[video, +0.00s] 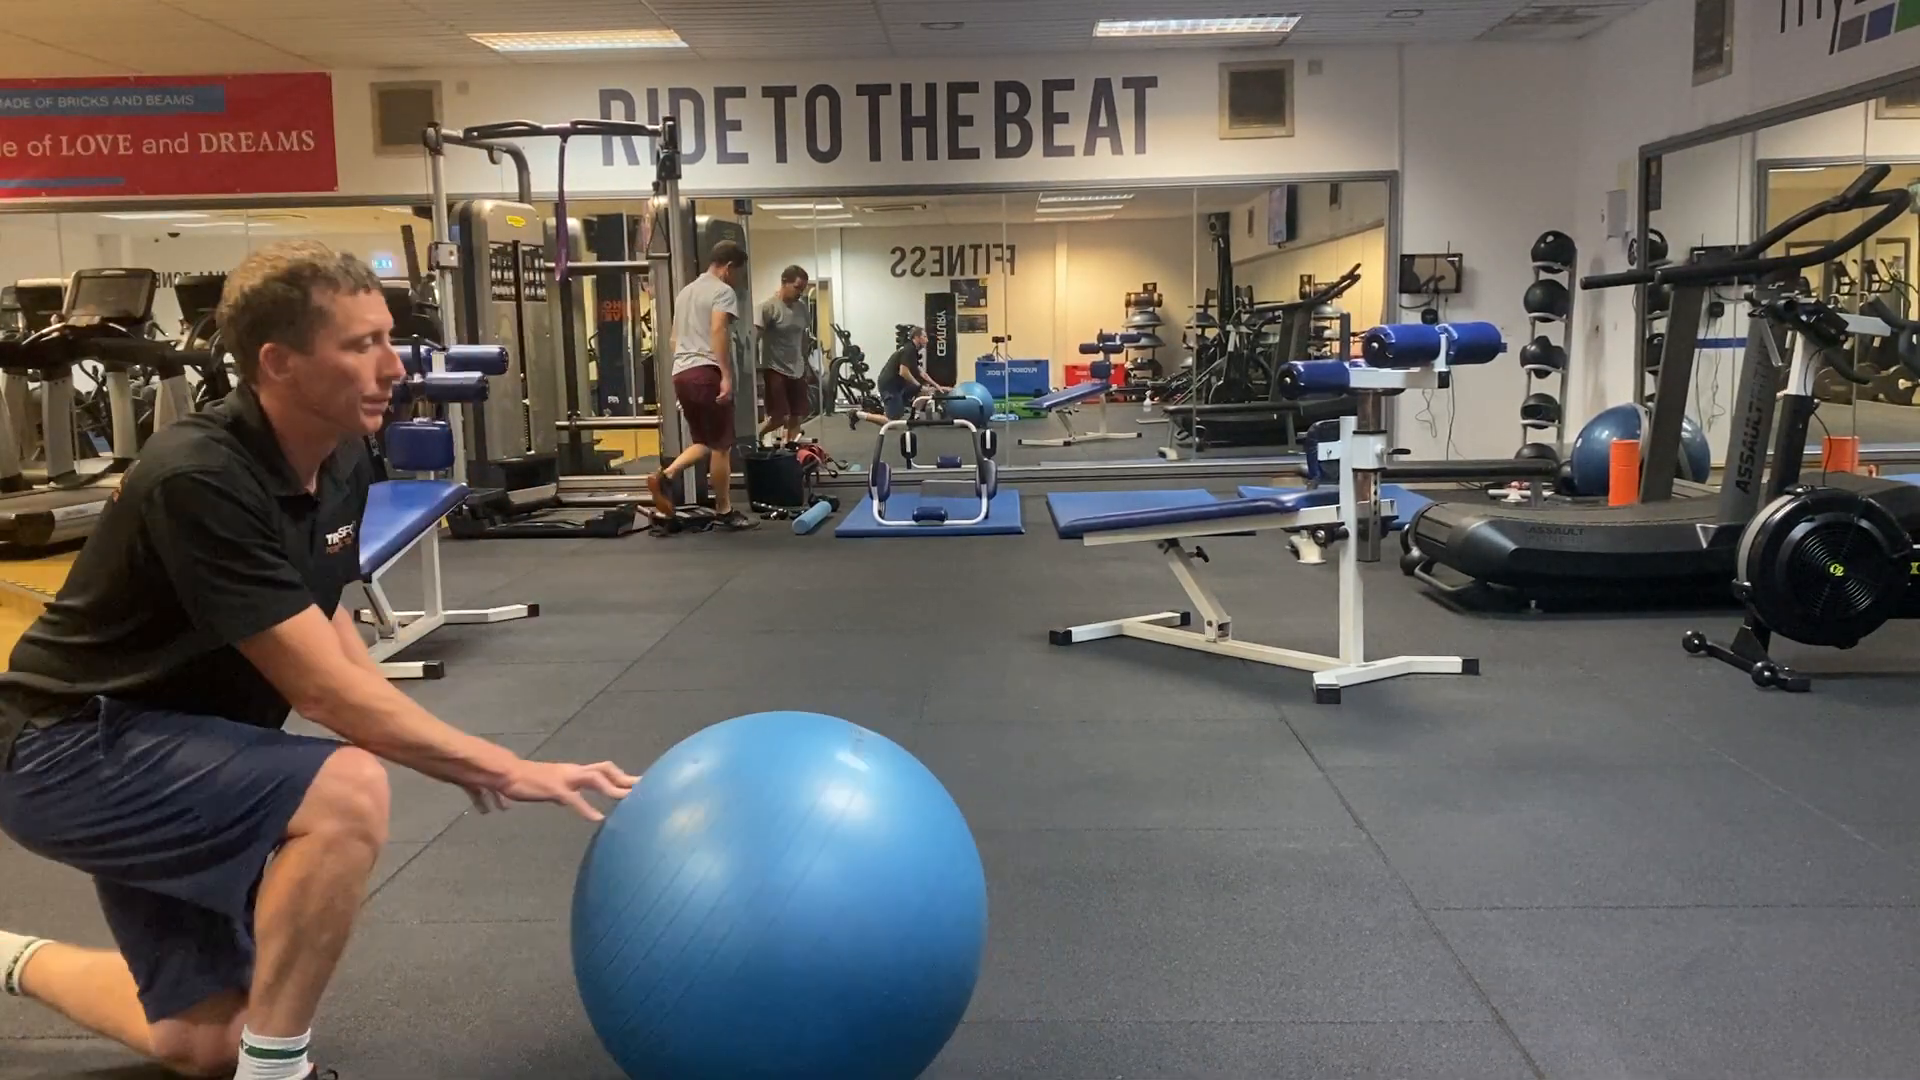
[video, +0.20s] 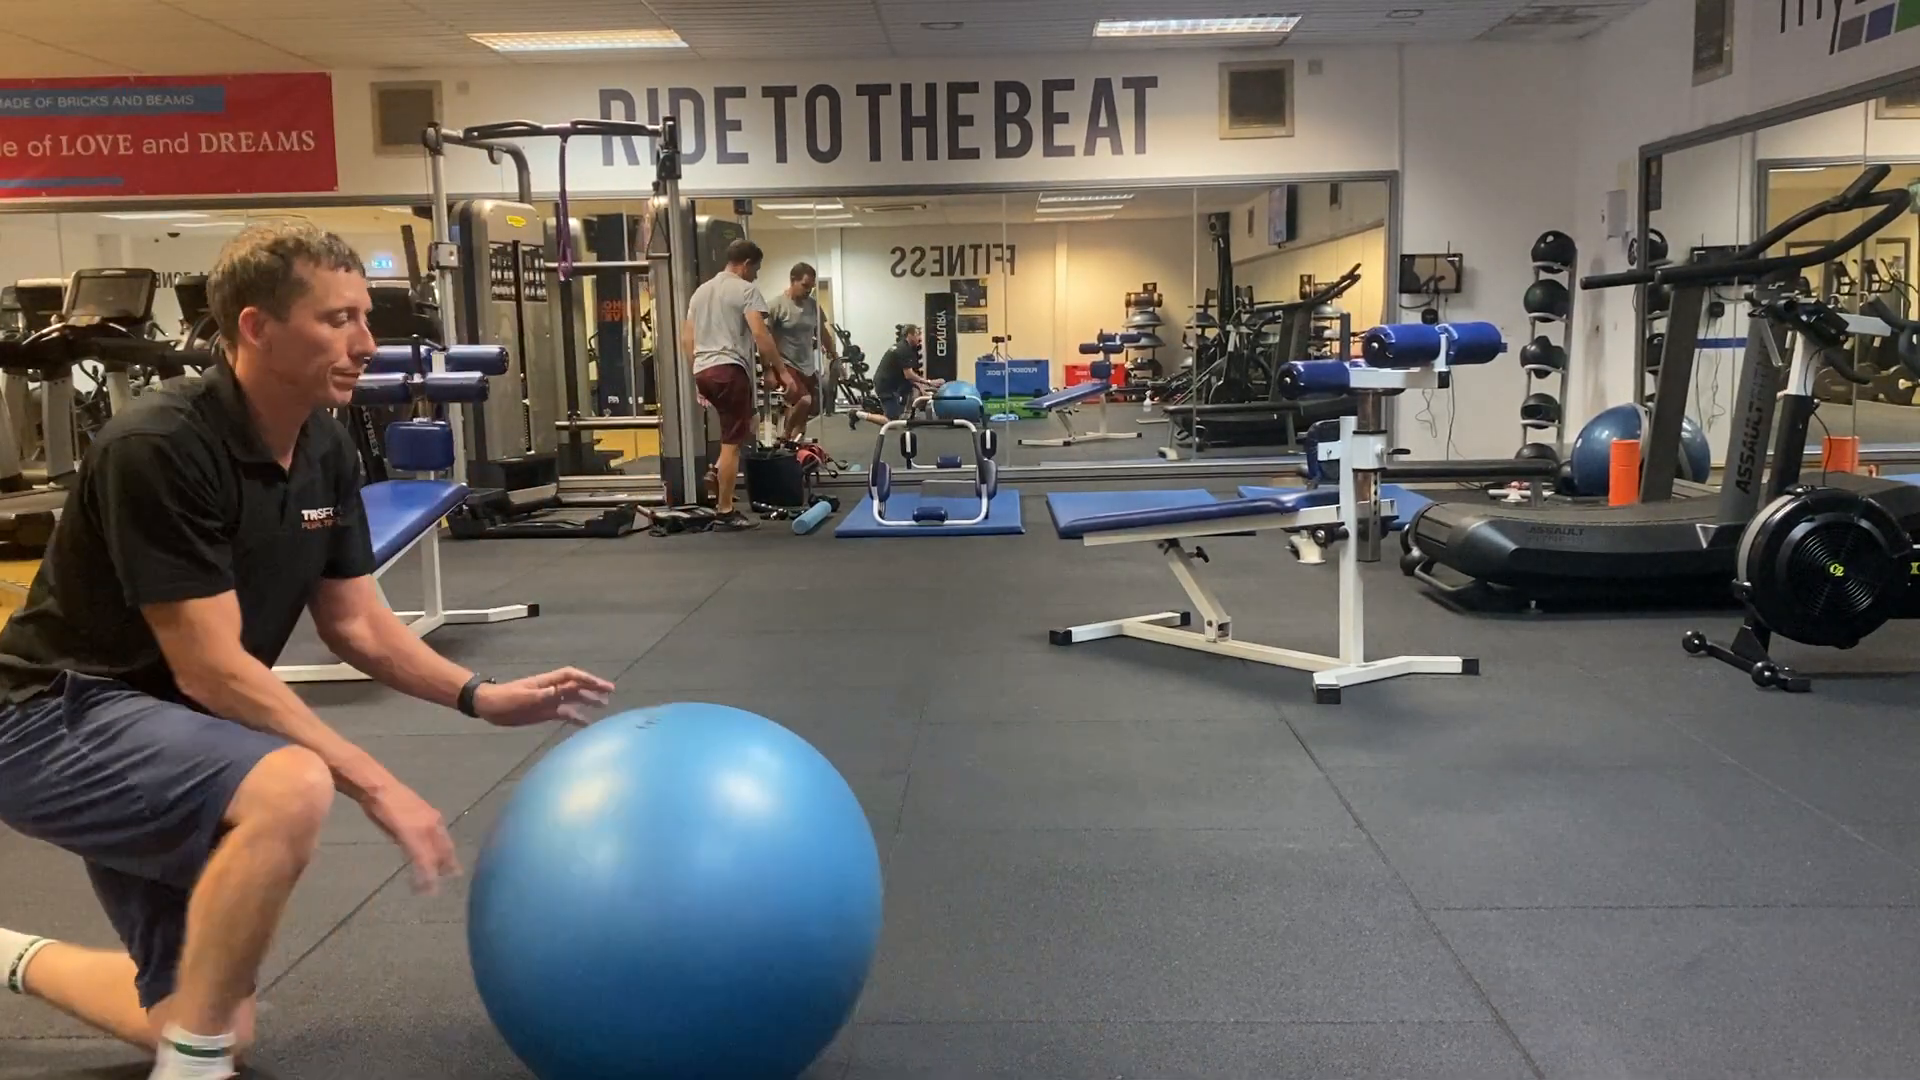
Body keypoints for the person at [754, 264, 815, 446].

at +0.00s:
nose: (800, 292)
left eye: (803, 288)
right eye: (797, 287)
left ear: (804, 286)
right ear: (785, 282)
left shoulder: (802, 308)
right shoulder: (768, 307)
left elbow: (804, 339)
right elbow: (753, 339)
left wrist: (807, 366)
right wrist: (752, 369)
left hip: (798, 369)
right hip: (775, 369)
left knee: (796, 416)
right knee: (779, 417)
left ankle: (789, 450)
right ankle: (757, 435)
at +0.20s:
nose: (809, 290)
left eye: (811, 286)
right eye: (805, 285)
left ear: (813, 285)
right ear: (793, 280)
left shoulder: (813, 306)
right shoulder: (777, 305)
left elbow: (822, 332)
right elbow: (765, 339)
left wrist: (833, 355)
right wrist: (768, 369)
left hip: (808, 367)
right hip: (785, 365)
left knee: (807, 409)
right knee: (804, 400)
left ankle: (795, 442)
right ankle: (786, 435)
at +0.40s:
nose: (814, 288)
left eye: (816, 284)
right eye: (811, 284)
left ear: (818, 282)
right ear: (799, 281)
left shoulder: (823, 306)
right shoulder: (787, 306)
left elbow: (836, 333)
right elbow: (774, 338)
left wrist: (848, 357)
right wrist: (774, 368)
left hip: (818, 368)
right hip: (794, 368)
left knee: (812, 418)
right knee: (806, 417)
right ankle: (811, 455)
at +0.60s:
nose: (822, 284)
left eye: (824, 279)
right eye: (818, 279)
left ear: (826, 279)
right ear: (806, 278)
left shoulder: (831, 302)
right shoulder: (795, 303)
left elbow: (840, 332)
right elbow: (790, 337)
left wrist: (848, 360)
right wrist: (802, 366)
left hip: (830, 371)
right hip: (804, 371)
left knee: (837, 416)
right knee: (808, 418)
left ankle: (813, 441)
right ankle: (814, 452)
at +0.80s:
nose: (827, 279)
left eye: (830, 275)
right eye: (823, 275)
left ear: (835, 277)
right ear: (813, 277)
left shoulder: (841, 301)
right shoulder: (804, 300)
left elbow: (849, 334)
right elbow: (798, 335)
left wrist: (853, 365)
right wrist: (808, 366)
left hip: (841, 367)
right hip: (815, 370)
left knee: (857, 403)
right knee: (818, 417)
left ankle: (853, 438)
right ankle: (817, 455)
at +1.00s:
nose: (841, 286)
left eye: (843, 282)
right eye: (836, 282)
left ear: (846, 282)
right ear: (824, 283)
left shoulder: (855, 305)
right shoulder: (816, 305)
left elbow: (868, 336)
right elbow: (811, 339)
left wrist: (874, 366)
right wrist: (815, 368)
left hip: (857, 368)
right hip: (828, 370)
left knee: (871, 410)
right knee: (821, 417)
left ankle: (891, 455)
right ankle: (819, 457)